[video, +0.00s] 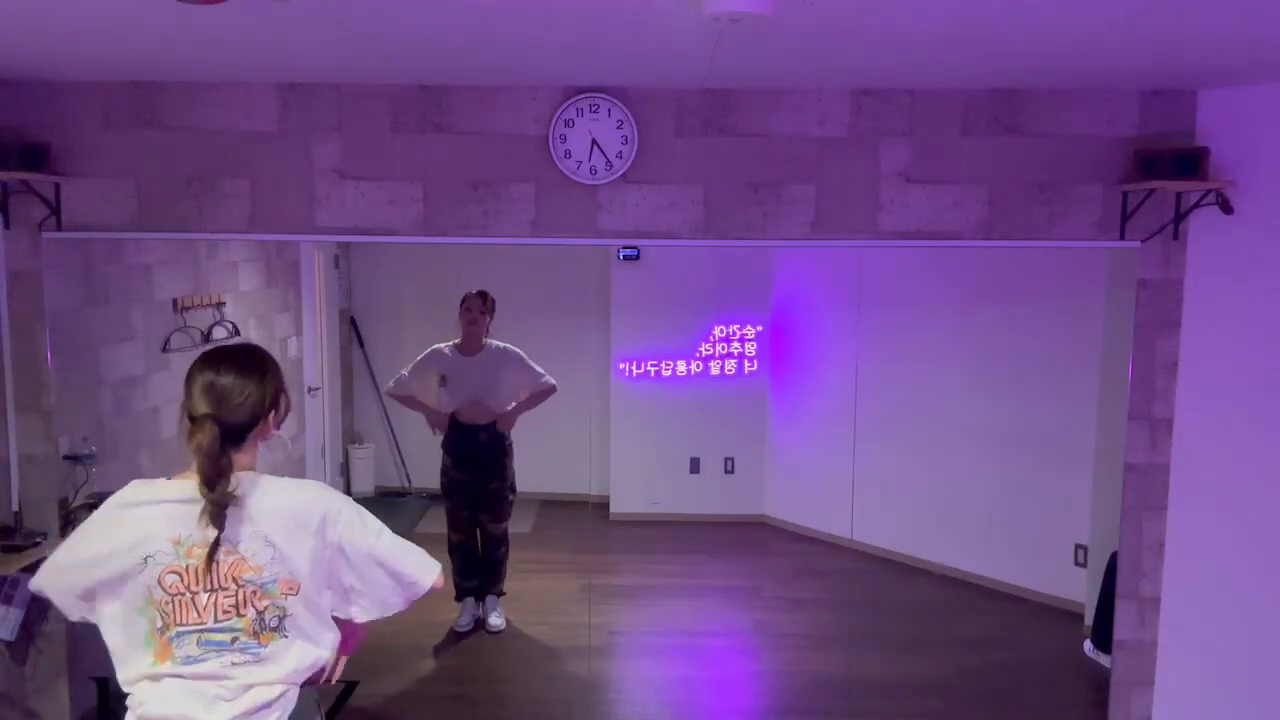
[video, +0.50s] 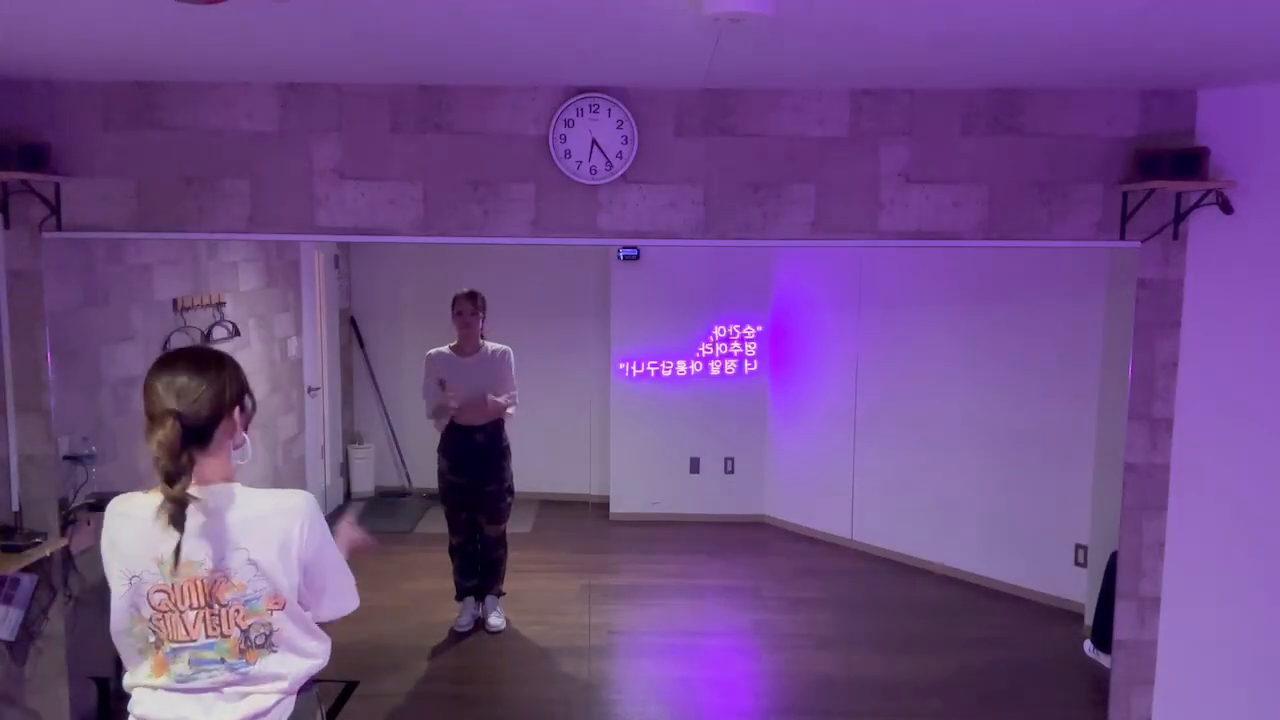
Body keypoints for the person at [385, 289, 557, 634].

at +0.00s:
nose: (472, 316)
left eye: (479, 312)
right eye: (467, 310)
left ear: (489, 320)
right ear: (458, 316)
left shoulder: (505, 355)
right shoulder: (440, 355)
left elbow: (547, 386)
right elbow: (396, 388)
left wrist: (513, 412)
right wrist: (429, 411)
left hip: (494, 445)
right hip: (457, 445)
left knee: (494, 526)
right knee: (459, 527)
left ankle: (493, 600)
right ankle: (468, 601)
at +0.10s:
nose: (474, 313)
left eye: (481, 309)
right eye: (469, 307)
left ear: (490, 319)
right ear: (458, 314)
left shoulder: (505, 355)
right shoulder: (439, 355)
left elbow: (539, 392)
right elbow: (400, 396)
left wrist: (508, 403)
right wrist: (426, 402)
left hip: (495, 448)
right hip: (456, 448)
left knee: (494, 526)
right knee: (459, 527)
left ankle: (493, 600)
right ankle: (468, 602)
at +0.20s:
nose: (471, 311)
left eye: (478, 306)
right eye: (465, 306)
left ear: (488, 315)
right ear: (456, 315)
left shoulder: (506, 357)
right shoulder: (439, 356)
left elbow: (524, 407)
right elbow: (419, 408)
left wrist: (517, 396)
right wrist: (412, 393)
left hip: (494, 444)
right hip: (457, 445)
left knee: (494, 524)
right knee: (459, 525)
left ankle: (493, 600)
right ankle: (467, 602)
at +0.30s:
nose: (468, 311)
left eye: (475, 307)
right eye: (462, 307)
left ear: (486, 316)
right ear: (454, 316)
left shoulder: (504, 356)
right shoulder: (439, 357)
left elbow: (507, 407)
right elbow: (428, 408)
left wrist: (529, 389)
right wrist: (404, 385)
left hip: (493, 443)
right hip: (456, 444)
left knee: (494, 523)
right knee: (459, 523)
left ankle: (492, 600)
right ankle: (467, 602)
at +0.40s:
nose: (468, 317)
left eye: (475, 311)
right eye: (462, 311)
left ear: (484, 316)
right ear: (453, 317)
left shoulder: (502, 356)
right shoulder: (438, 358)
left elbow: (504, 407)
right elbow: (434, 412)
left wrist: (521, 396)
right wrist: (414, 391)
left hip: (492, 445)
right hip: (455, 446)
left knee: (493, 523)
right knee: (458, 522)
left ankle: (491, 600)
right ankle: (467, 602)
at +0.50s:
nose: (465, 319)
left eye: (471, 313)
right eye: (459, 314)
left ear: (482, 318)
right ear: (452, 319)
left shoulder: (501, 355)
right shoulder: (436, 359)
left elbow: (511, 402)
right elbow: (431, 411)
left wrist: (499, 403)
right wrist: (444, 404)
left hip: (492, 445)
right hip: (455, 447)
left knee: (493, 525)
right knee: (459, 526)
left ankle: (493, 599)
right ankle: (468, 600)